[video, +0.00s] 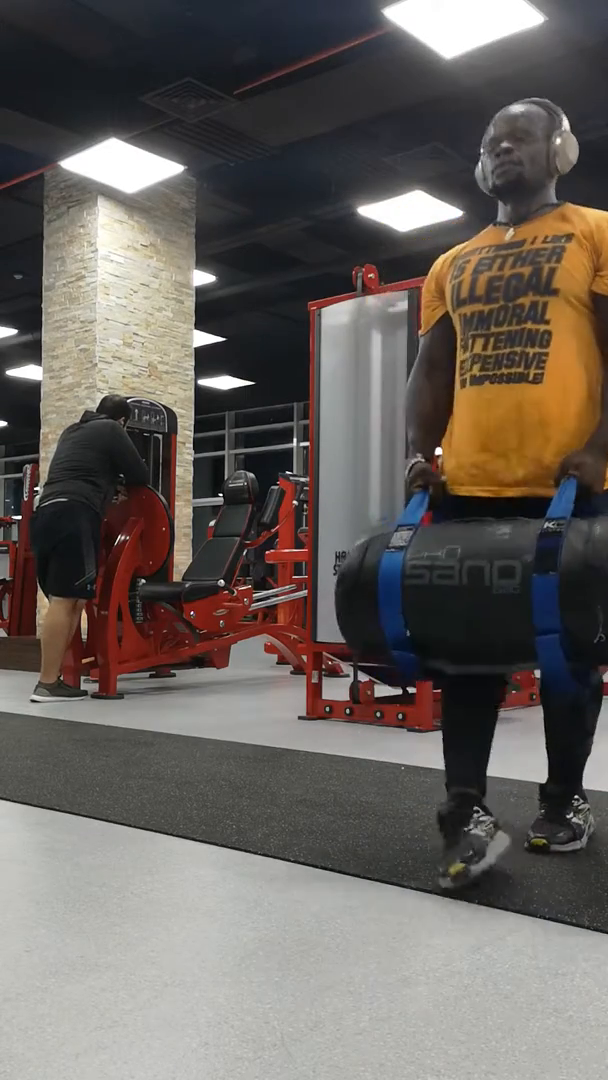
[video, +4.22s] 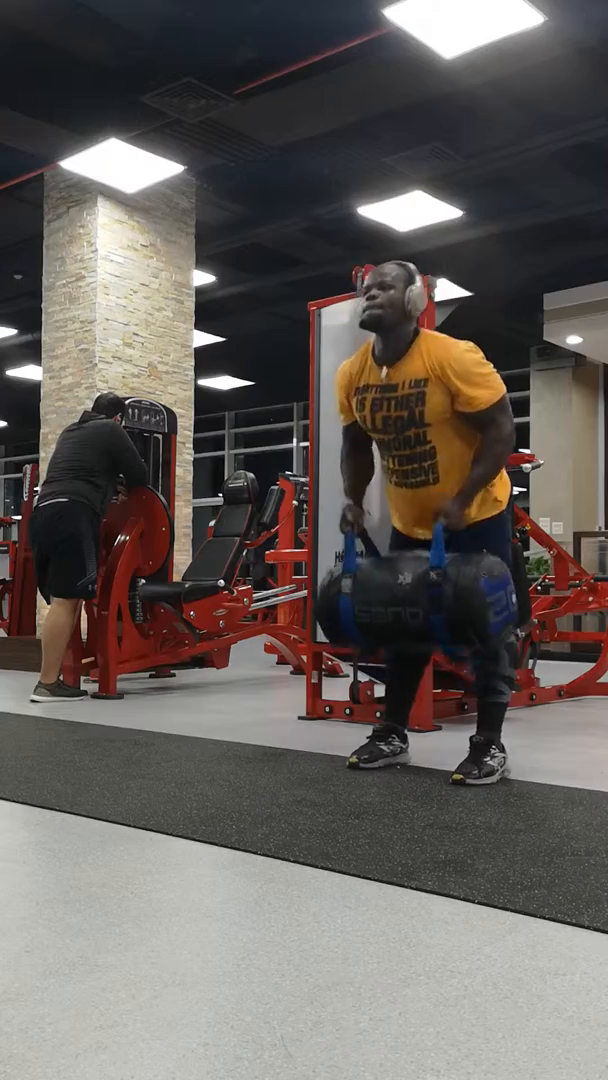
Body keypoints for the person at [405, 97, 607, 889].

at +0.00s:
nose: (496, 153)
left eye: (515, 139)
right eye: (489, 145)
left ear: (562, 151)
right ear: (480, 165)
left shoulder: (592, 231)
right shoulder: (451, 263)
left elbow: (607, 351)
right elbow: (431, 368)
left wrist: (600, 447)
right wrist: (419, 450)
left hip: (568, 482)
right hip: (467, 485)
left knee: (570, 647)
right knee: (466, 645)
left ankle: (563, 796)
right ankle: (464, 810)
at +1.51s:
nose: (460, 259)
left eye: (471, 247)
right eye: (454, 249)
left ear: (506, 244)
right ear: (449, 248)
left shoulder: (553, 307)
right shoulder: (435, 320)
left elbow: (576, 402)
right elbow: (422, 403)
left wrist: (547, 483)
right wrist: (414, 475)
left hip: (522, 503)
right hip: (447, 503)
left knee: (533, 625)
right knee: (440, 620)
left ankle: (535, 758)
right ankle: (445, 744)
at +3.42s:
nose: (385, 284)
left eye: (397, 274)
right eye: (380, 278)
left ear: (428, 281)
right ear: (377, 291)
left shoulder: (460, 338)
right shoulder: (363, 358)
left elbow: (478, 417)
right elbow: (352, 435)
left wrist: (455, 494)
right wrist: (348, 497)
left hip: (446, 510)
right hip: (376, 516)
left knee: (466, 619)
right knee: (377, 620)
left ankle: (485, 743)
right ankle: (387, 734)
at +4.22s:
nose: (368, 294)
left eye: (382, 286)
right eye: (365, 288)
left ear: (415, 300)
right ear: (361, 304)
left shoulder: (454, 358)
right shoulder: (352, 375)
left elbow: (503, 431)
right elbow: (356, 443)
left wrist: (464, 496)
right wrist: (353, 499)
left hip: (478, 518)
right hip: (409, 523)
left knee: (488, 625)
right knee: (404, 623)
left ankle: (488, 745)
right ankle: (391, 733)